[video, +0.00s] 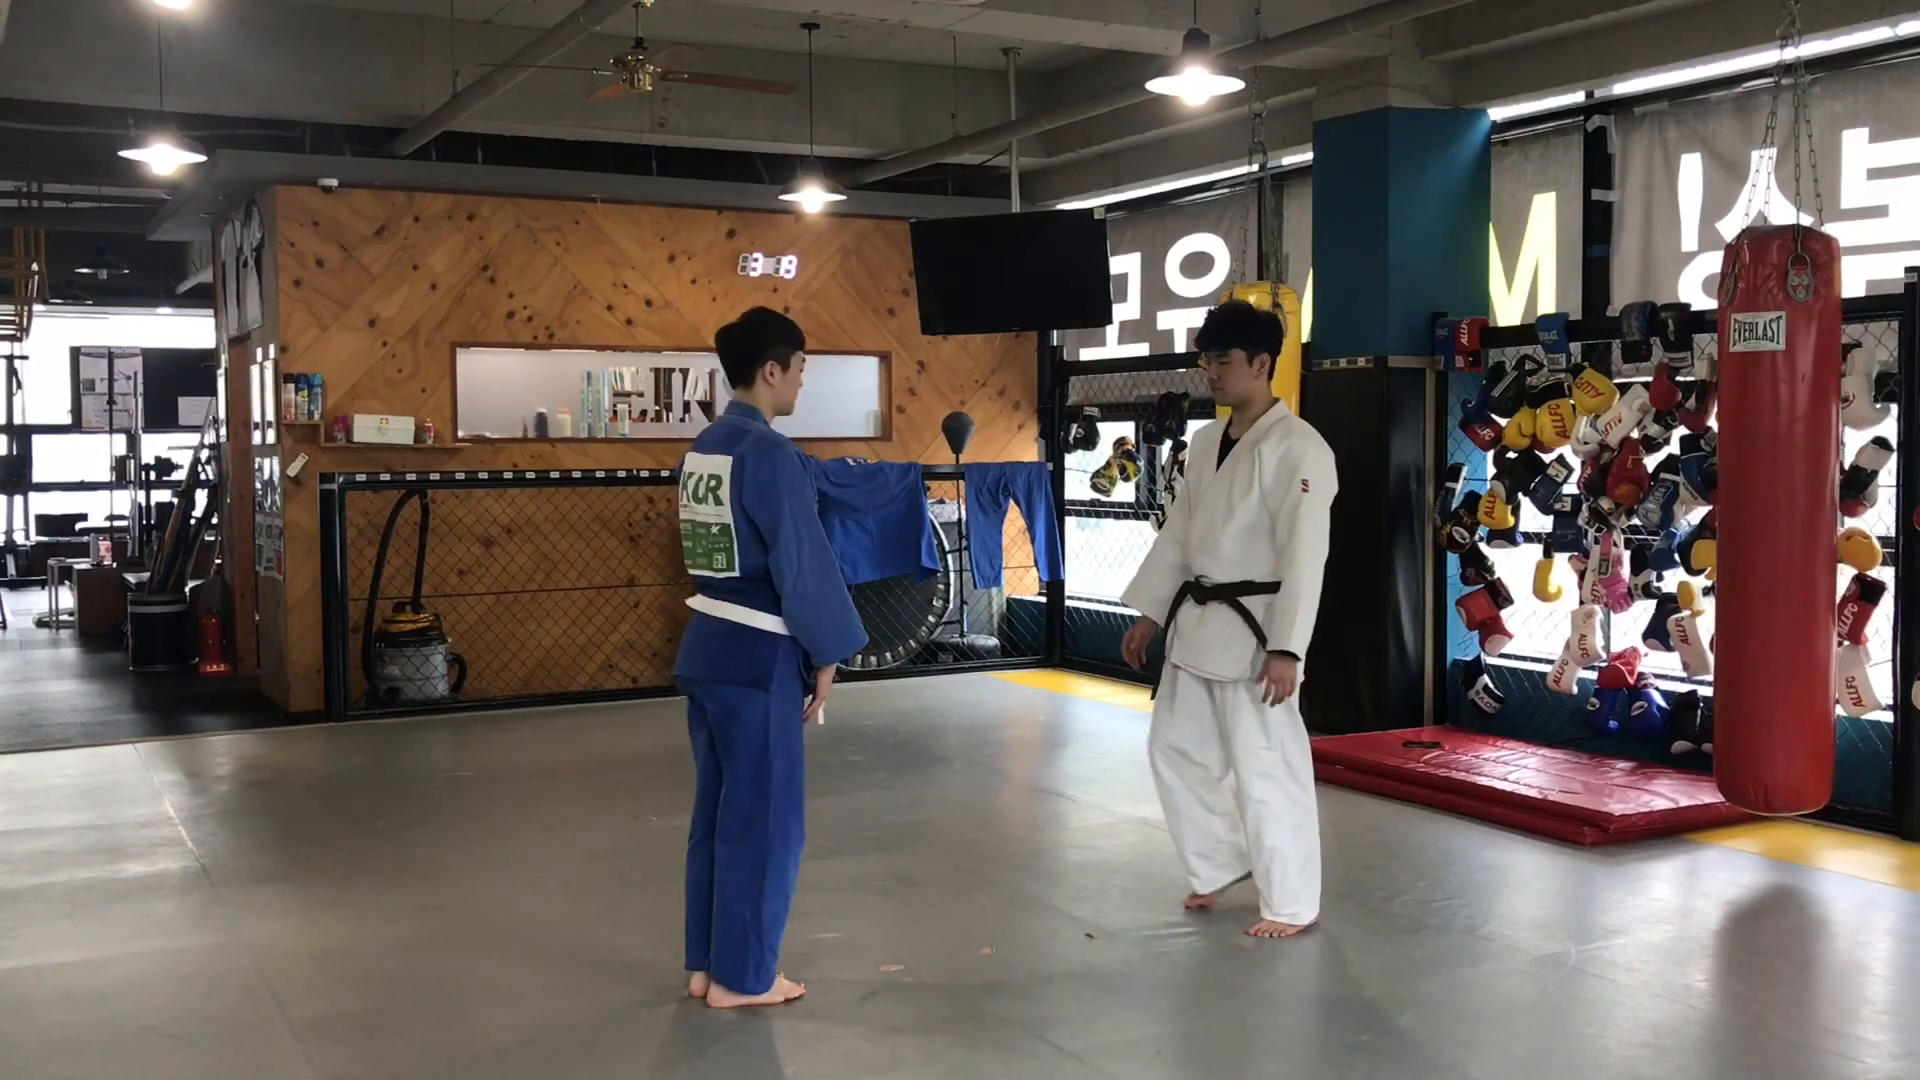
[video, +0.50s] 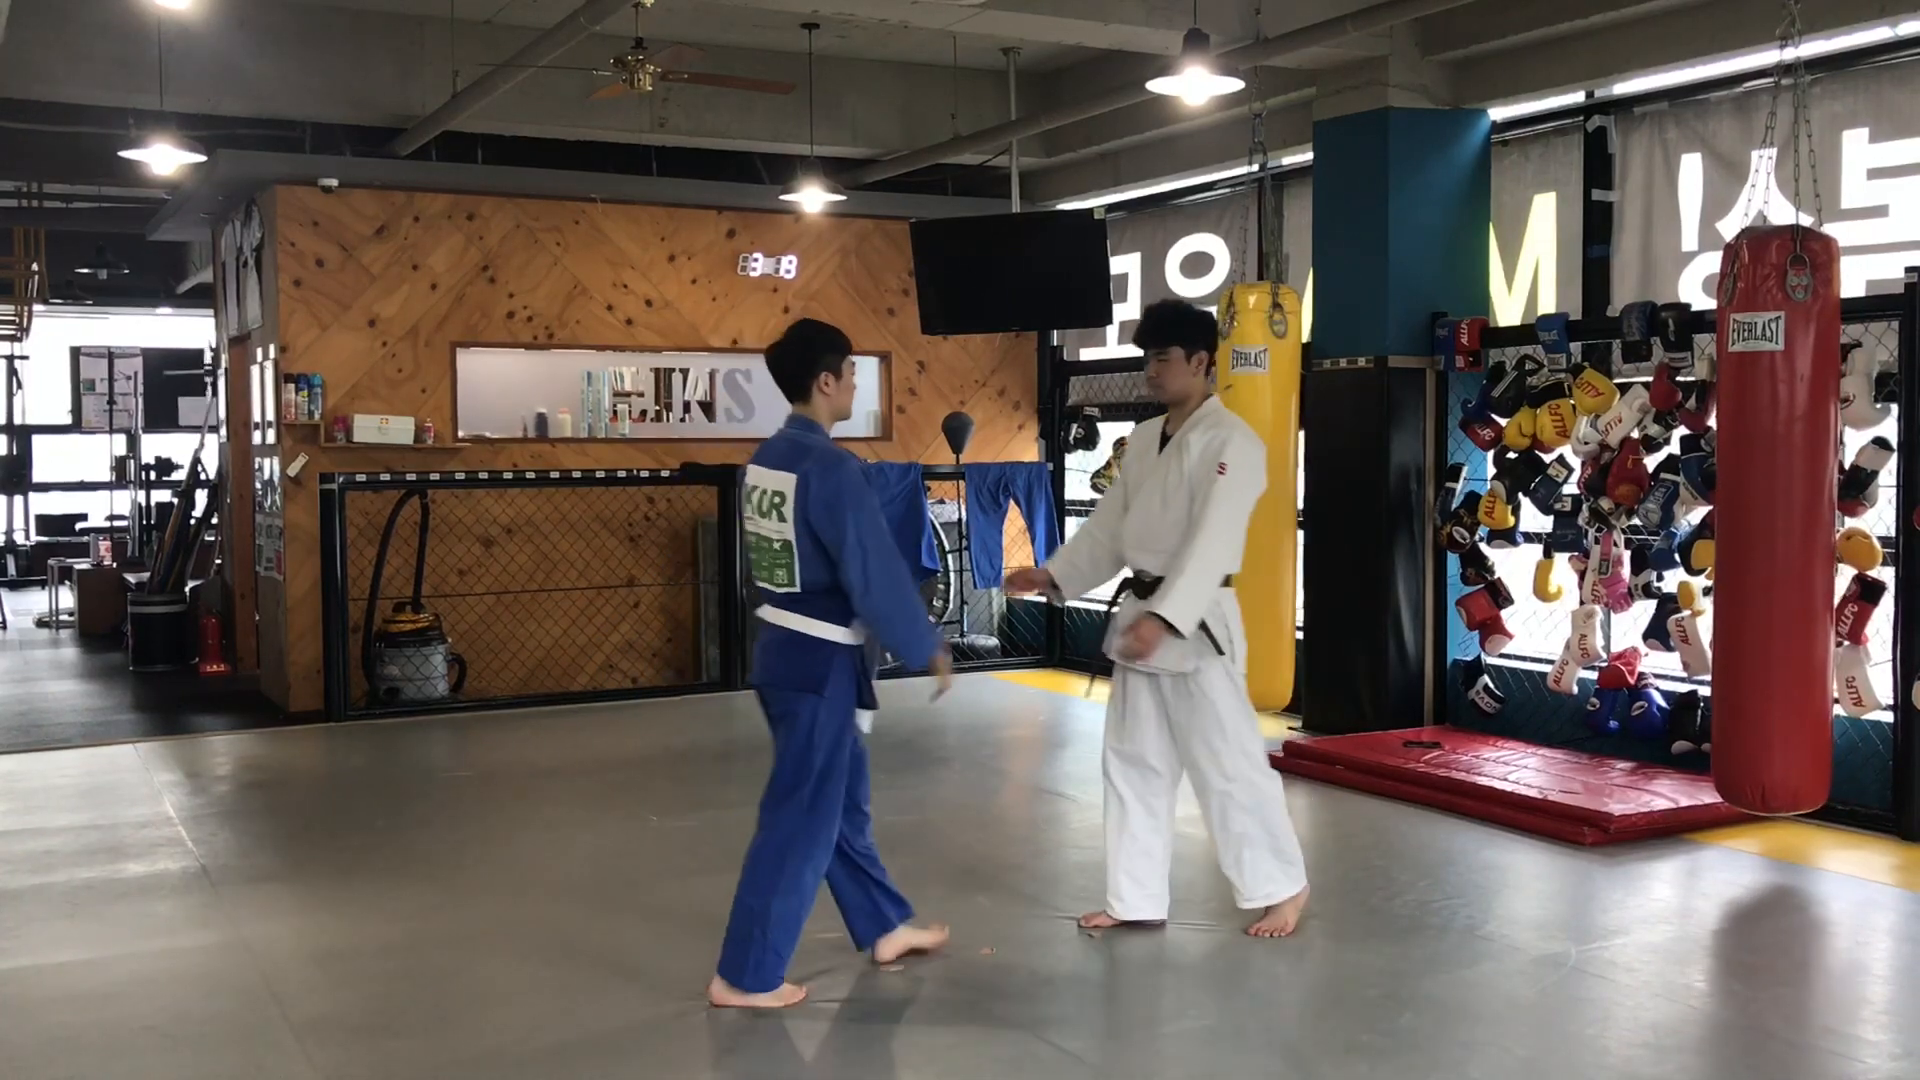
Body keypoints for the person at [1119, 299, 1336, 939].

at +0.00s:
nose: (1209, 370)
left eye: (1222, 359)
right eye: (1207, 359)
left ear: (1262, 363)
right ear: (1210, 365)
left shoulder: (1301, 449)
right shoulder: (1204, 442)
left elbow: (1306, 555)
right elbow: (1177, 533)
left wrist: (1288, 647)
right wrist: (1148, 610)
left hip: (1256, 632)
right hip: (1194, 625)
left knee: (1269, 768)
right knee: (1176, 747)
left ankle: (1294, 904)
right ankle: (1221, 863)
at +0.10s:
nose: (1202, 372)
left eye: (1214, 361)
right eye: (1200, 361)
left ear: (1254, 364)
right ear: (1208, 367)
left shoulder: (1292, 449)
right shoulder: (1199, 442)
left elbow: (1294, 555)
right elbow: (1172, 534)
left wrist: (1273, 646)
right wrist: (1141, 608)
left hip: (1252, 632)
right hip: (1191, 627)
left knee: (1268, 770)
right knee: (1162, 746)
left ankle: (1293, 903)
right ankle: (1196, 871)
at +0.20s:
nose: (1192, 374)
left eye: (1204, 362)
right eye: (1189, 362)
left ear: (1243, 366)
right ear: (1196, 367)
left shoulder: (1279, 445)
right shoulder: (1190, 440)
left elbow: (1278, 552)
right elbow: (1165, 532)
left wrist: (1251, 645)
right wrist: (1129, 606)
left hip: (1248, 627)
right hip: (1183, 623)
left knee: (1263, 771)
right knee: (1160, 758)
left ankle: (1291, 903)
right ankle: (1157, 893)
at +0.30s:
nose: (1178, 376)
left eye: (1190, 364)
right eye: (1175, 364)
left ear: (1229, 367)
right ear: (1181, 369)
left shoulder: (1266, 448)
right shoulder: (1175, 442)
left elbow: (1259, 552)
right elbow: (1153, 535)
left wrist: (1224, 642)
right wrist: (1106, 604)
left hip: (1231, 627)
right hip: (1171, 622)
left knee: (1258, 771)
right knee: (1155, 766)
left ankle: (1292, 902)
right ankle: (1138, 897)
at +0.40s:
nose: (1166, 375)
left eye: (1178, 362)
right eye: (1162, 363)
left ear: (1215, 365)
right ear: (1163, 367)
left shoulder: (1251, 446)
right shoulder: (1159, 442)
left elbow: (1238, 549)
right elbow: (1132, 531)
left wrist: (1195, 632)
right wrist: (1078, 593)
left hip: (1214, 620)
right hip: (1152, 616)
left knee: (1245, 766)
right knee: (1144, 765)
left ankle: (1288, 896)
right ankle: (1138, 901)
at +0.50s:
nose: (1150, 372)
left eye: (1161, 360)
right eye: (1148, 361)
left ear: (1200, 361)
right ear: (1158, 364)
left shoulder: (1233, 443)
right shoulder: (1143, 440)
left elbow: (1217, 541)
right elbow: (1109, 524)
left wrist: (1164, 615)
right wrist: (1055, 575)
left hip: (1196, 617)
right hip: (1135, 612)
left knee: (1226, 761)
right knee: (1135, 763)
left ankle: (1284, 884)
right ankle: (1138, 900)